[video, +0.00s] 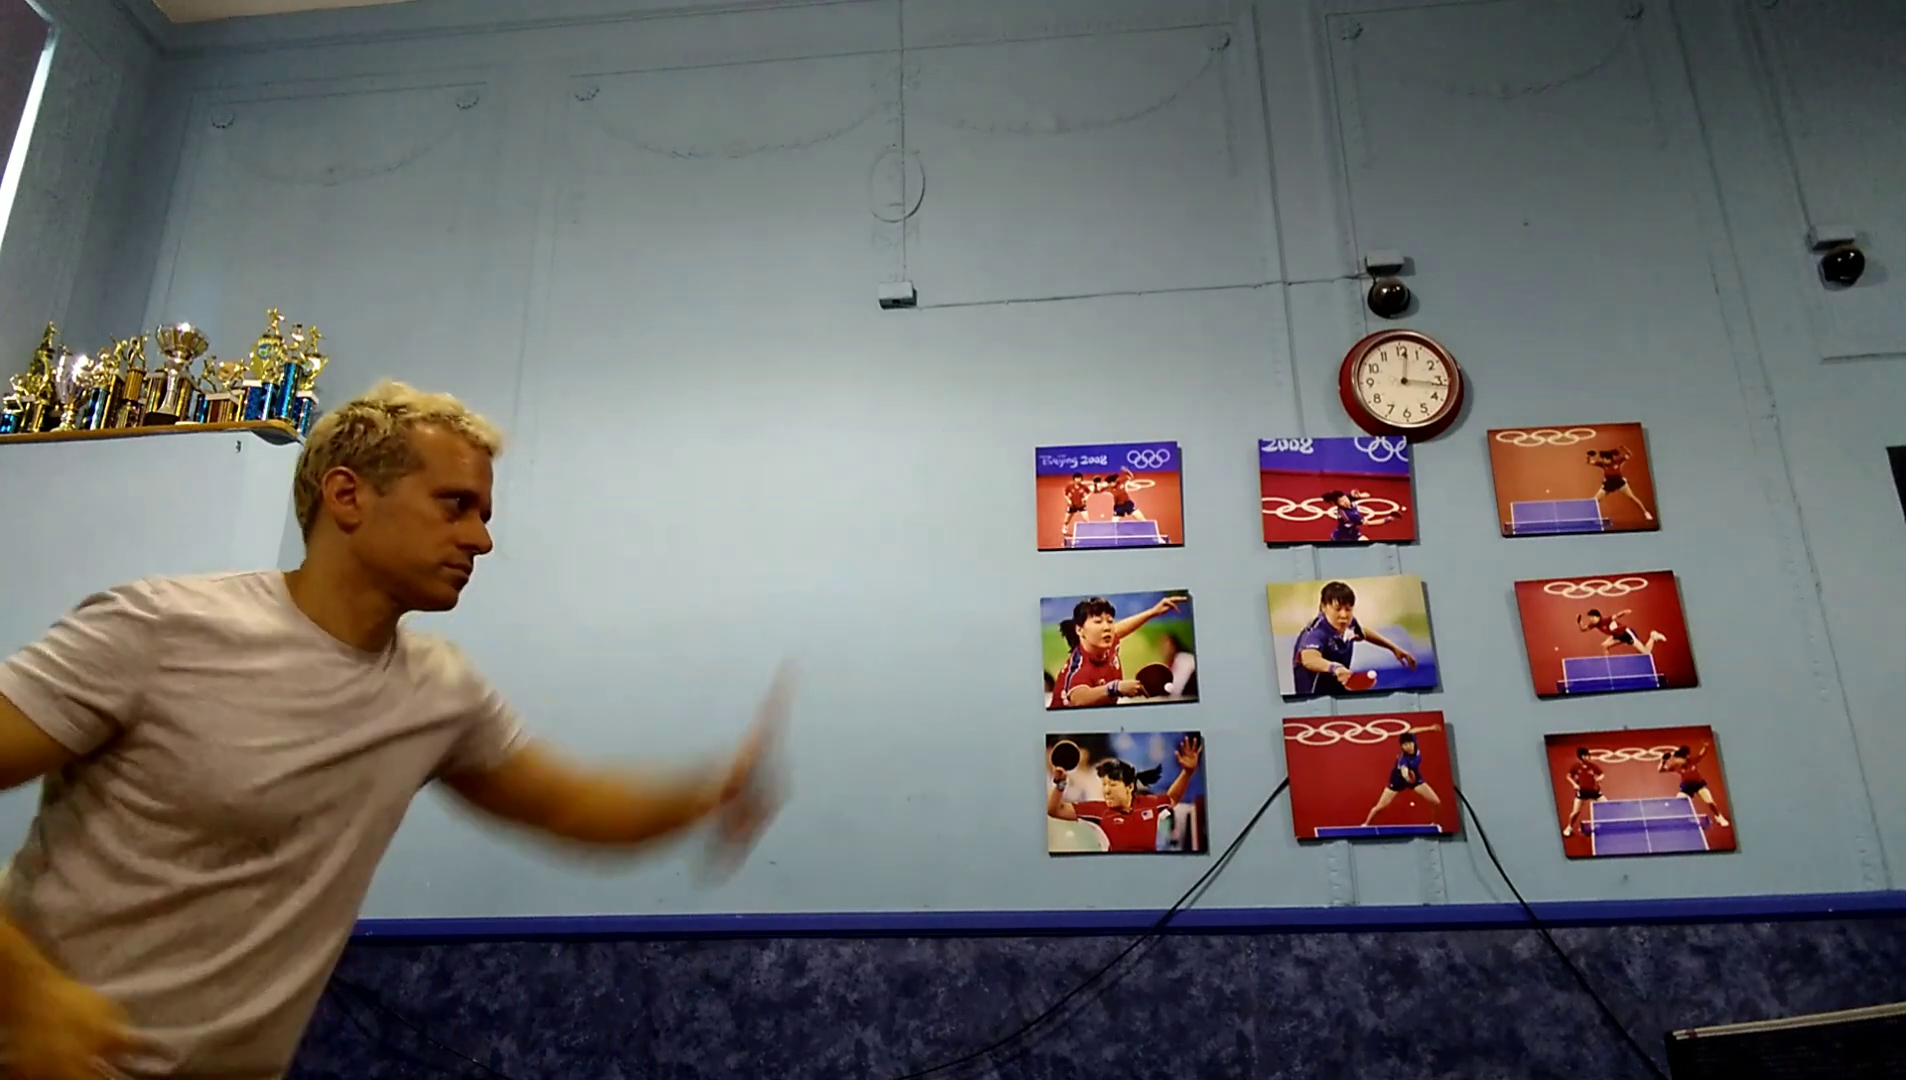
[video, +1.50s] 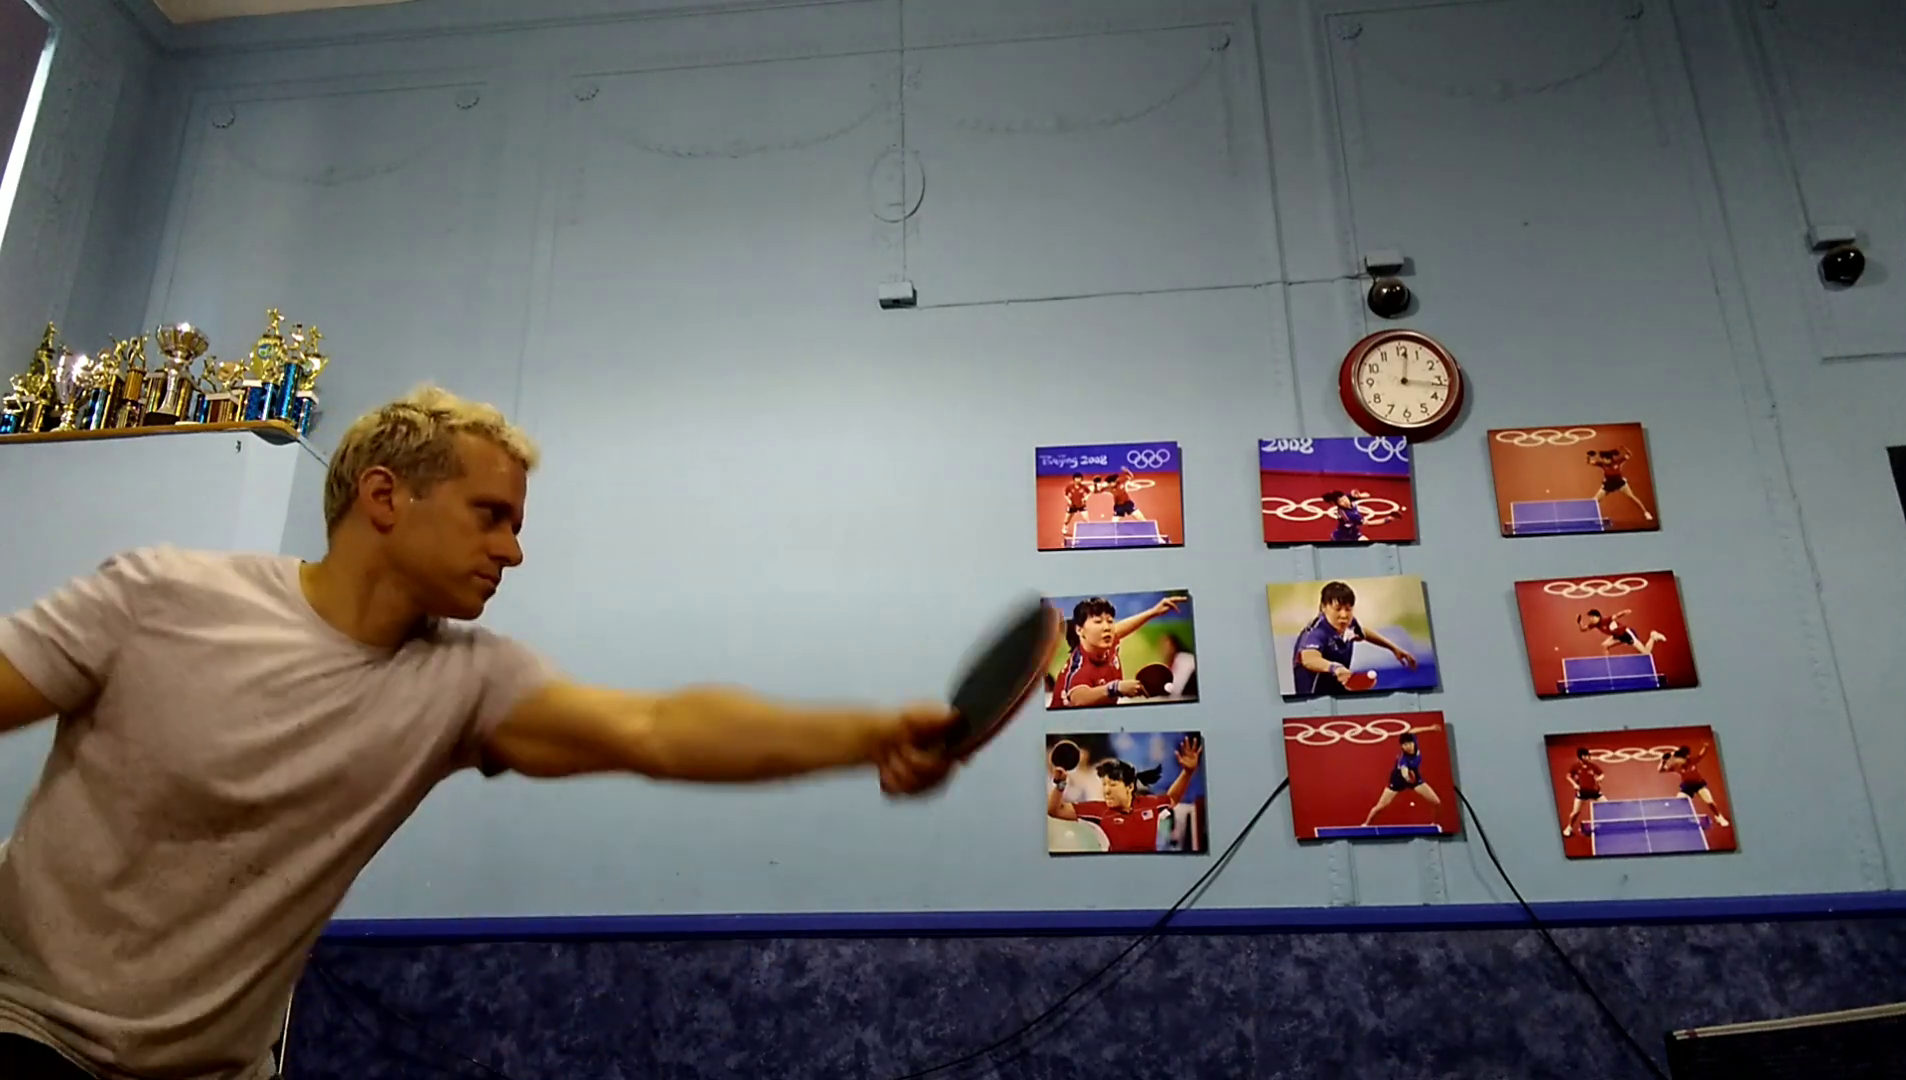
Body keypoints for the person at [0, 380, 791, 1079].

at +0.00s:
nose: (482, 537)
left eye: (483, 514)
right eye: (455, 505)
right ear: (348, 500)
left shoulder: (441, 694)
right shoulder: (156, 630)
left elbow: (568, 801)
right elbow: (1, 759)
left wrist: (705, 797)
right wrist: (24, 986)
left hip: (232, 1069)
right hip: (50, 1047)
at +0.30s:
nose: (511, 643)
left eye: (510, 617)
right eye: (483, 608)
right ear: (373, 604)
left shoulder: (413, 794)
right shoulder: (184, 722)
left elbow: (386, 1013)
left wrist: (377, 1061)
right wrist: (10, 1061)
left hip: (232, 1065)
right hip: (45, 1058)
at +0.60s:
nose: (506, 569)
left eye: (511, 544)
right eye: (486, 534)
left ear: (395, 532)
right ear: (374, 515)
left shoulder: (454, 705)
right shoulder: (142, 604)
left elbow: (647, 763)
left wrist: (865, 776)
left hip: (213, 1070)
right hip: (25, 1034)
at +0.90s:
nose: (508, 559)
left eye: (505, 534)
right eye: (484, 524)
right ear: (378, 512)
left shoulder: (442, 724)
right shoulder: (159, 617)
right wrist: (1, 935)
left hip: (223, 1063)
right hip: (46, 1035)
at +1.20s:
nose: (529, 637)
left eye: (528, 611)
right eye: (503, 603)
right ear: (396, 598)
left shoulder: (423, 793)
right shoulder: (221, 716)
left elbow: (397, 979)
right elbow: (4, 919)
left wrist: (406, 1031)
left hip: (248, 1069)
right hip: (92, 1060)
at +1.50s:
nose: (512, 549)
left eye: (516, 524)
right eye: (490, 515)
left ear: (415, 517)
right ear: (381, 499)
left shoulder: (465, 682)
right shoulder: (155, 597)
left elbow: (659, 730)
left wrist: (872, 736)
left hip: (222, 1060)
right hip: (34, 1018)